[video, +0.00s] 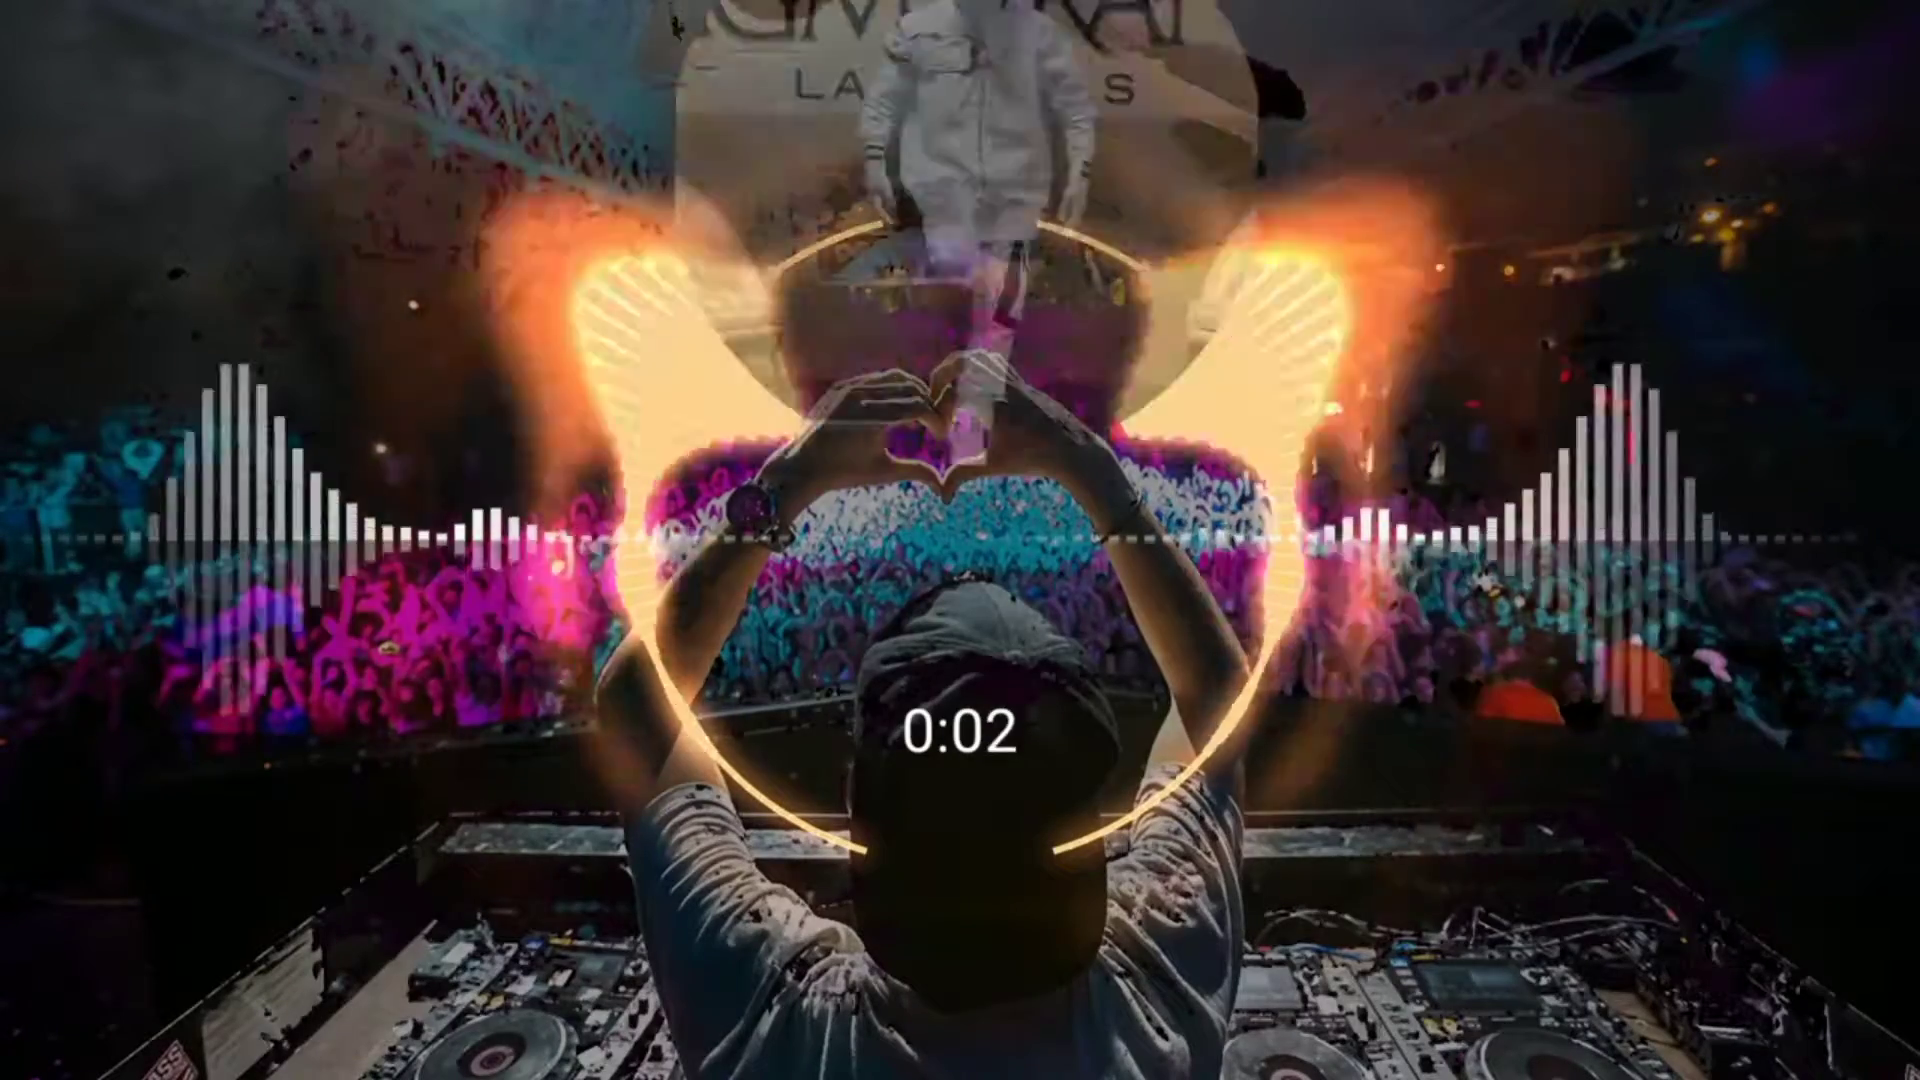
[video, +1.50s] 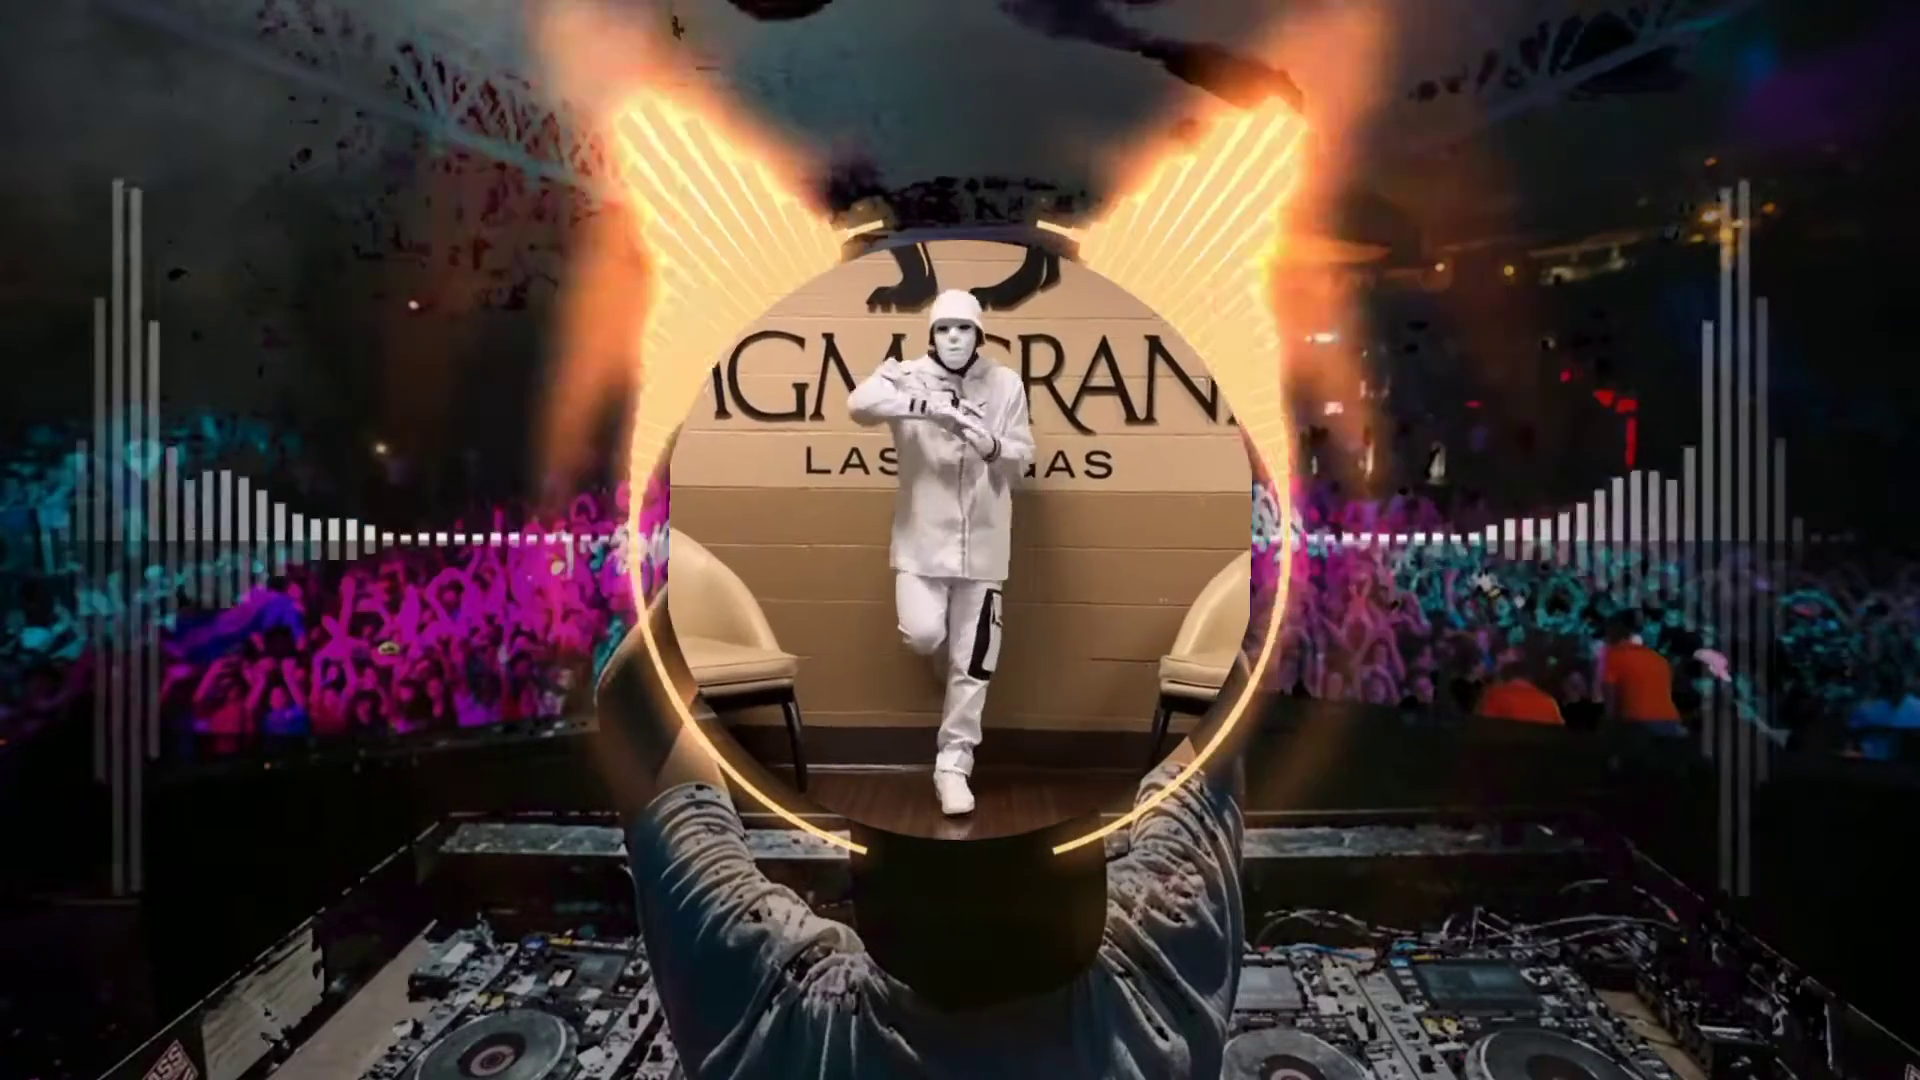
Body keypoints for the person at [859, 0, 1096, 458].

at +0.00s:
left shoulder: (1038, 30)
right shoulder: (919, 26)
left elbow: (1077, 110)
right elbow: (882, 101)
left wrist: (1077, 178)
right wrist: (876, 167)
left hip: (1017, 189)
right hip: (939, 186)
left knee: (999, 310)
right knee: (957, 300)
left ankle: (972, 419)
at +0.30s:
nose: (976, 352)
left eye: (985, 343)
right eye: (966, 342)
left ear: (999, 348)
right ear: (951, 346)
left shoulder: (1030, 401)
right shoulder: (917, 398)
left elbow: (1063, 471)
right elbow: (885, 467)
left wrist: (1068, 535)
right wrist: (879, 525)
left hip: (1007, 537)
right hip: (938, 531)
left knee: (992, 654)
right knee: (947, 606)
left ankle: (964, 766)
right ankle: (980, 649)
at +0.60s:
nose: (969, 370)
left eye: (978, 361)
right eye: (960, 361)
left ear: (991, 366)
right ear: (945, 366)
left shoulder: (1019, 418)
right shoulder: (932, 416)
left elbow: (1040, 492)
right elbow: (914, 410)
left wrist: (1037, 557)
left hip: (999, 544)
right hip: (943, 536)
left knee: (987, 658)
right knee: (945, 610)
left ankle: (963, 760)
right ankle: (975, 644)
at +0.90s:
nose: (954, 382)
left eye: (958, 371)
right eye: (945, 377)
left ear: (970, 369)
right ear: (934, 383)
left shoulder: (1005, 412)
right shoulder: (929, 419)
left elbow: (1026, 480)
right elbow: (915, 369)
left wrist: (1027, 538)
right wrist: (932, 333)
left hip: (998, 541)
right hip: (949, 538)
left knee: (985, 649)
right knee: (952, 605)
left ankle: (963, 744)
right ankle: (968, 642)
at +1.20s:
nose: (947, 351)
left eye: (955, 342)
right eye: (937, 344)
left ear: (969, 346)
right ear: (924, 351)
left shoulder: (1002, 399)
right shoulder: (910, 394)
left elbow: (1024, 476)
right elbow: (948, 428)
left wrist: (1029, 542)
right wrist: (1004, 396)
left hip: (993, 539)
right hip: (938, 537)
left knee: (982, 654)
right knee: (943, 624)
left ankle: (963, 754)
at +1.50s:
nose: (954, 338)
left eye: (964, 329)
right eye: (945, 329)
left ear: (979, 335)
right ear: (931, 334)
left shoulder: (1004, 384)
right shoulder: (906, 373)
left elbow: (1021, 459)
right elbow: (862, 402)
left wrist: (974, 429)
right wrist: (926, 404)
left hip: (983, 547)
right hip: (921, 542)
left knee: (971, 666)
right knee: (923, 636)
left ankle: (953, 767)